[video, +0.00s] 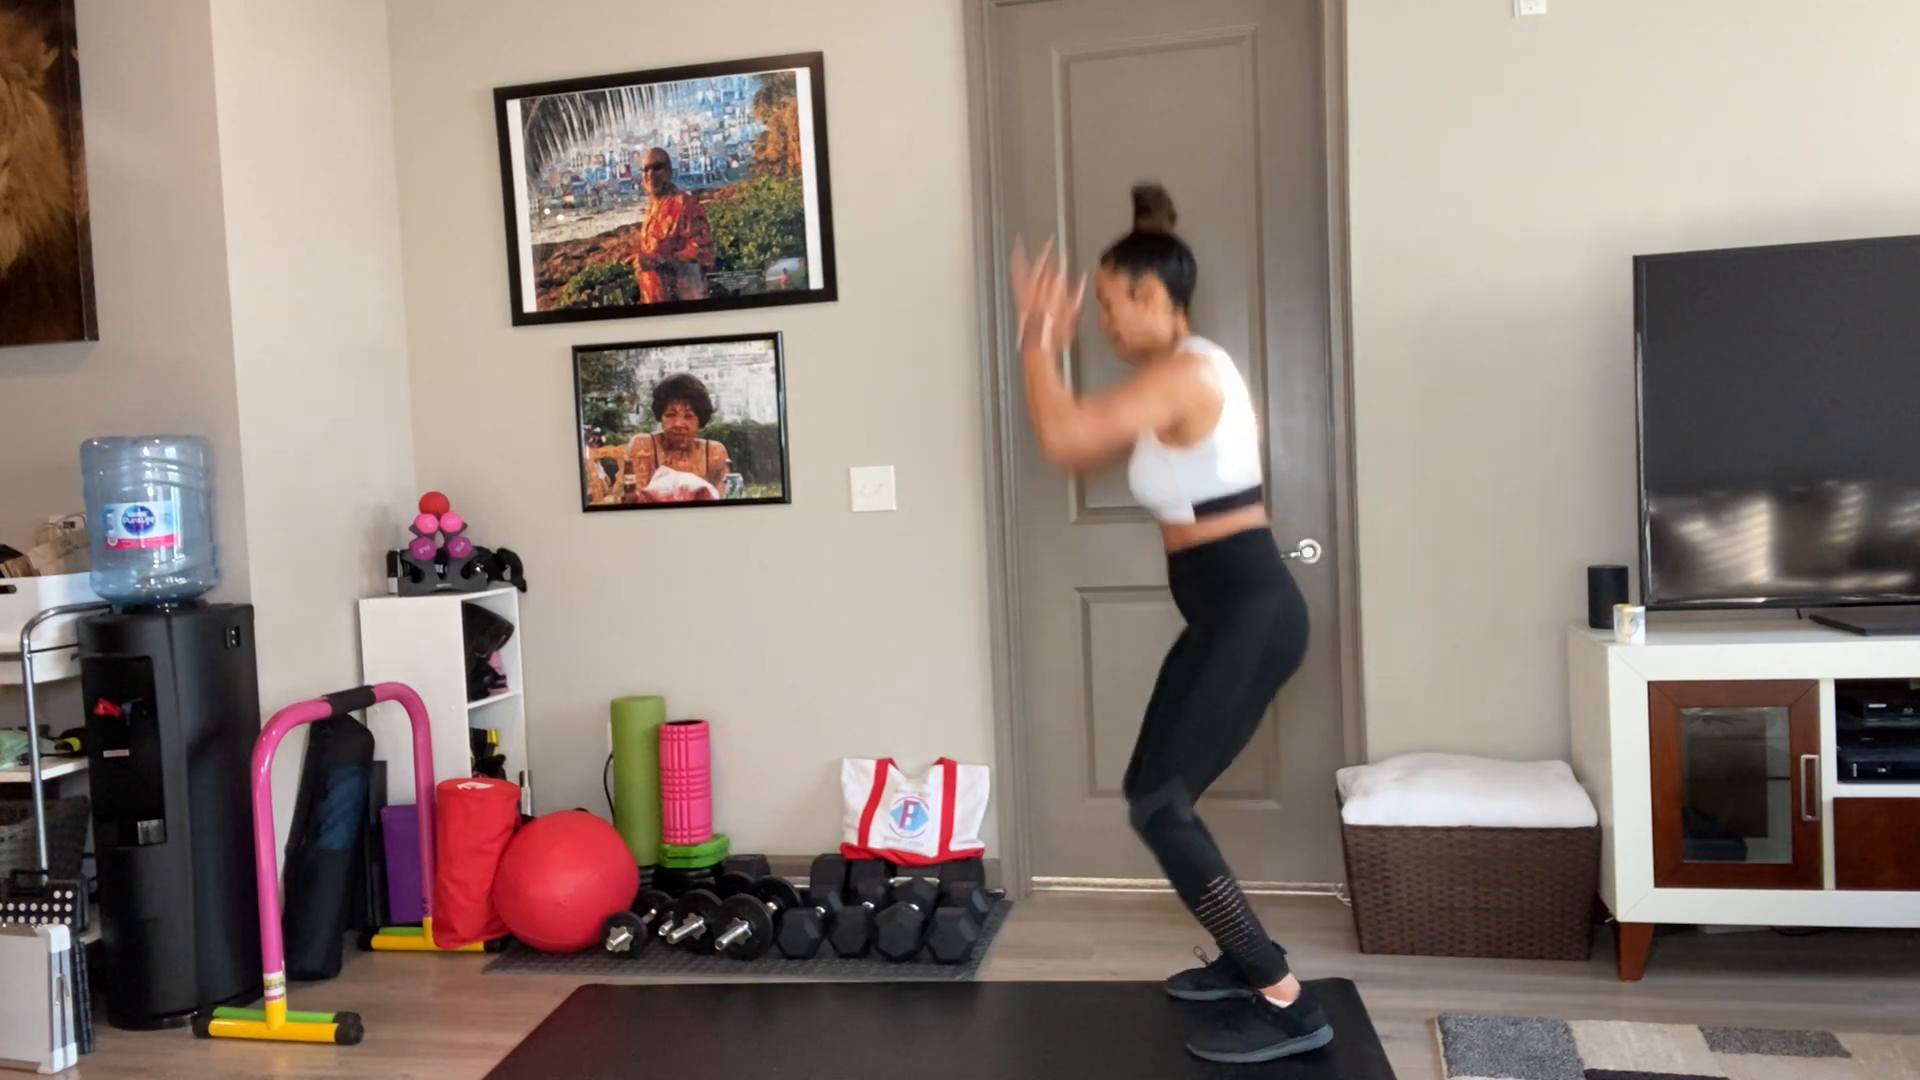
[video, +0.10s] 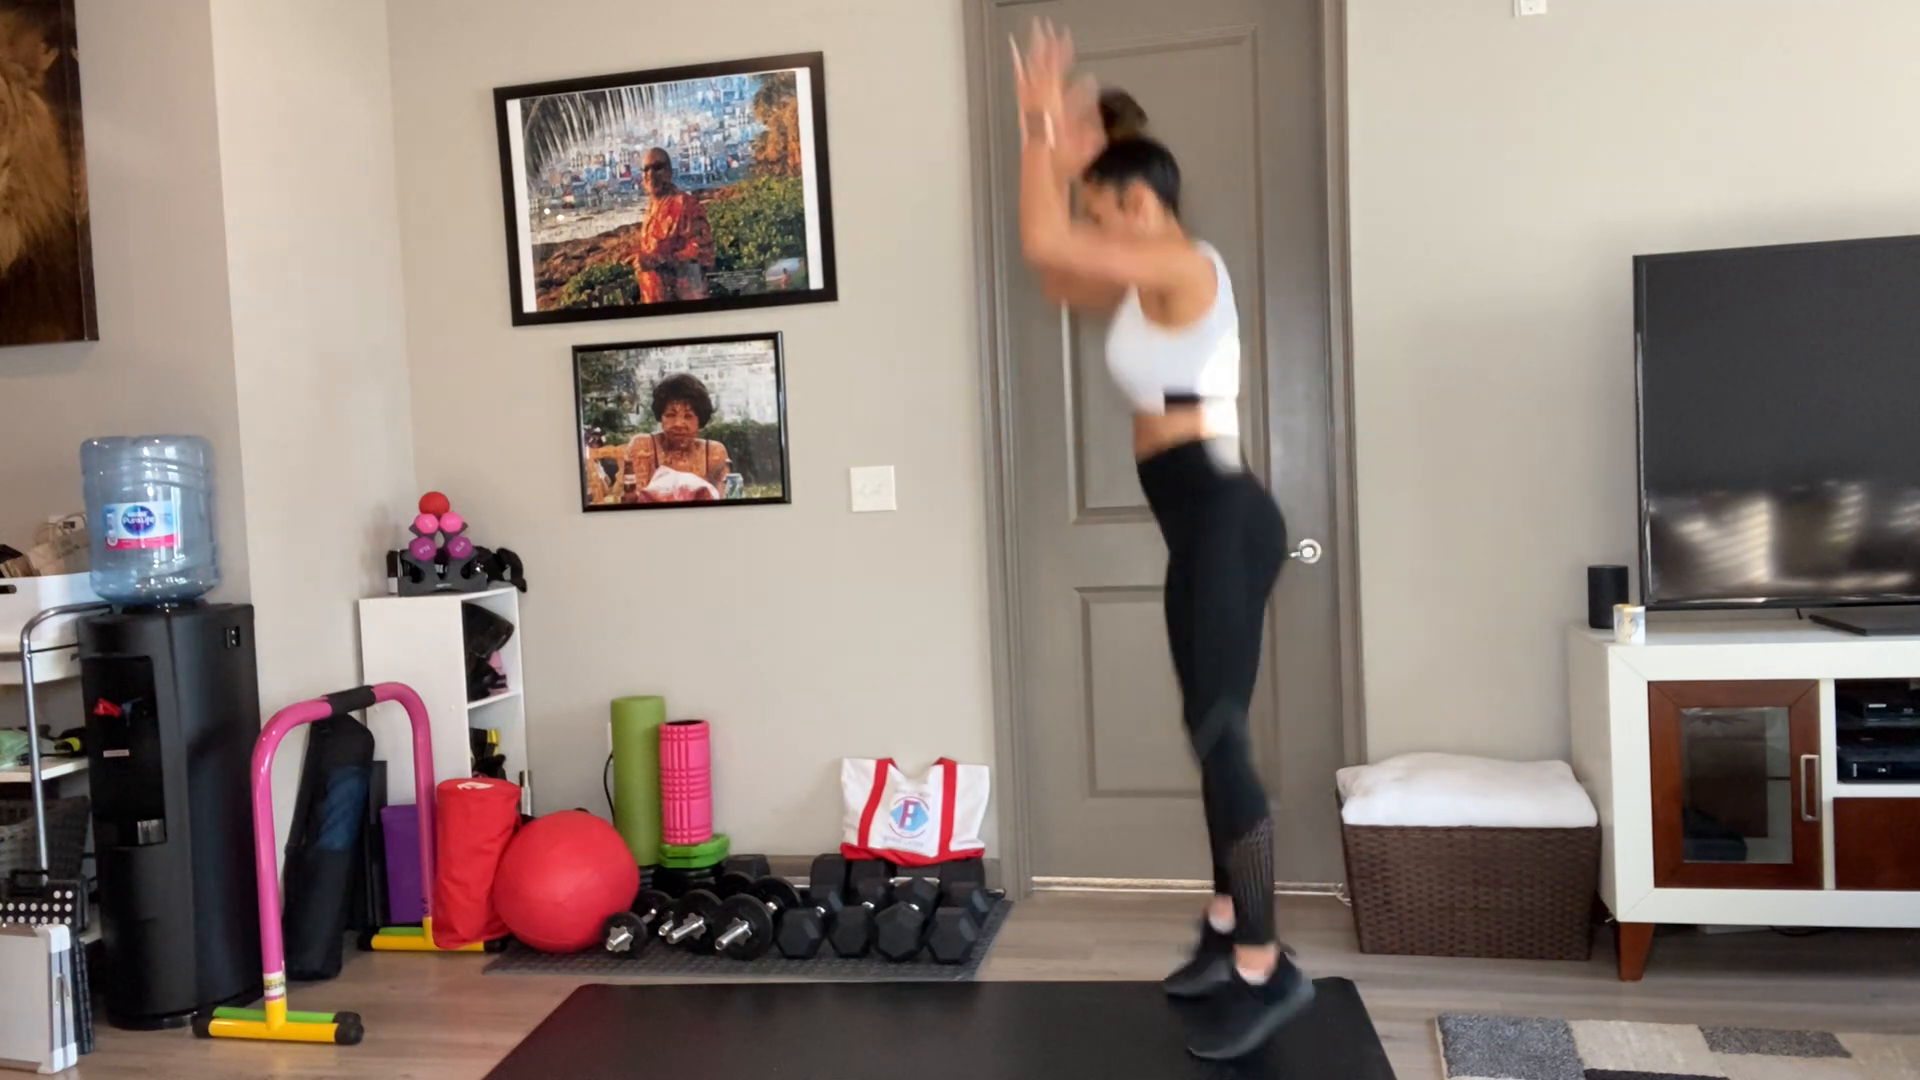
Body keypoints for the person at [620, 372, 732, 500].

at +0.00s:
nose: (679, 424)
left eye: (688, 416)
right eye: (671, 415)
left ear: (701, 420)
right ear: (660, 418)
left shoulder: (715, 451)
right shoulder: (642, 446)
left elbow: (719, 500)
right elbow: (637, 499)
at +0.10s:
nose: (679, 424)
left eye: (688, 416)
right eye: (671, 415)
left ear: (700, 420)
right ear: (660, 418)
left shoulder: (715, 451)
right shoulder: (641, 446)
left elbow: (718, 500)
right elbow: (637, 499)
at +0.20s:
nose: (679, 424)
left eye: (688, 416)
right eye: (671, 415)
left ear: (701, 420)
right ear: (660, 418)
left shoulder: (715, 451)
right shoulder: (641, 446)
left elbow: (720, 500)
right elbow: (637, 499)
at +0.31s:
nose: (679, 424)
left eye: (688, 416)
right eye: (671, 415)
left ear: (701, 420)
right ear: (660, 418)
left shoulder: (715, 451)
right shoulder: (641, 446)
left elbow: (719, 501)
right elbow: (637, 499)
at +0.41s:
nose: (679, 424)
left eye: (688, 416)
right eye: (671, 415)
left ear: (700, 420)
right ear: (660, 418)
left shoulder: (715, 451)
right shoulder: (641, 446)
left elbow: (719, 501)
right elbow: (636, 500)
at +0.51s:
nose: (679, 424)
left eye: (688, 416)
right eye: (671, 415)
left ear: (700, 420)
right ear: (660, 418)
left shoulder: (715, 451)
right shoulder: (642, 446)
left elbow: (719, 501)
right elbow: (637, 499)